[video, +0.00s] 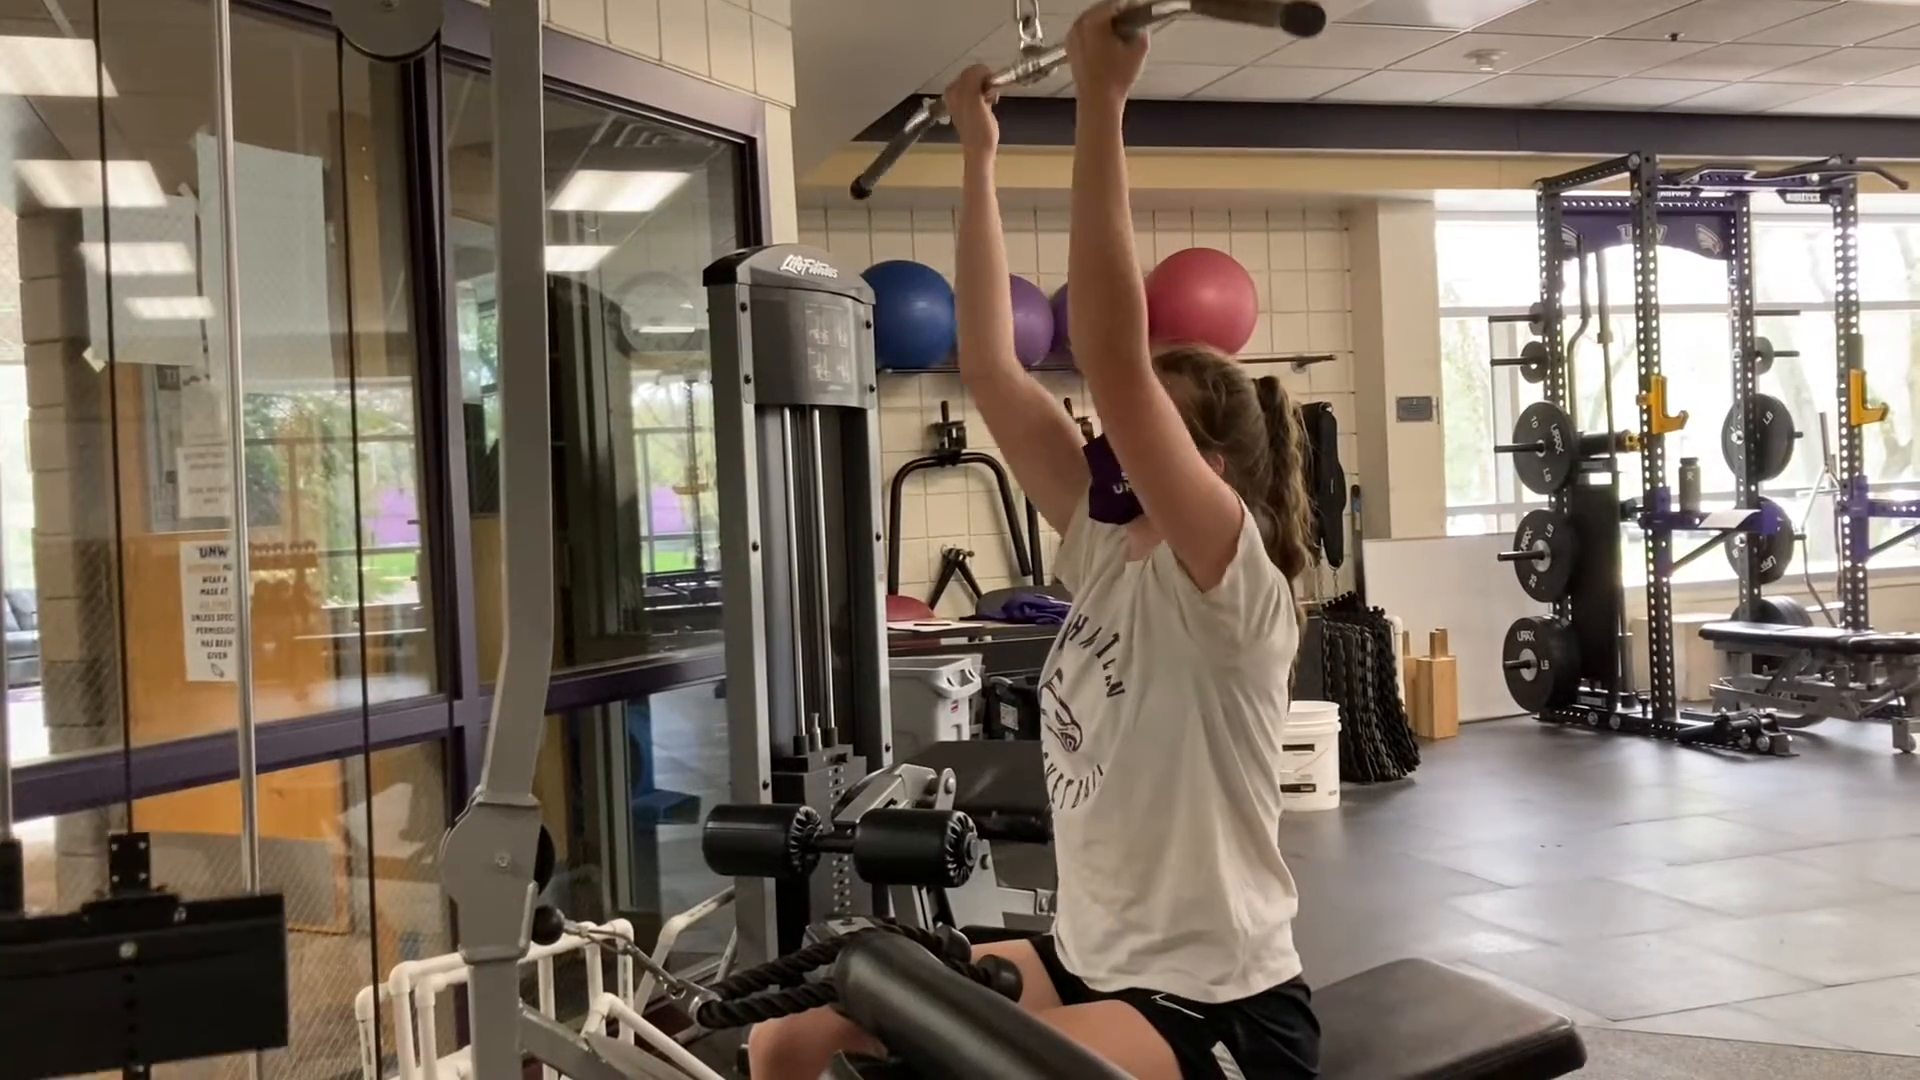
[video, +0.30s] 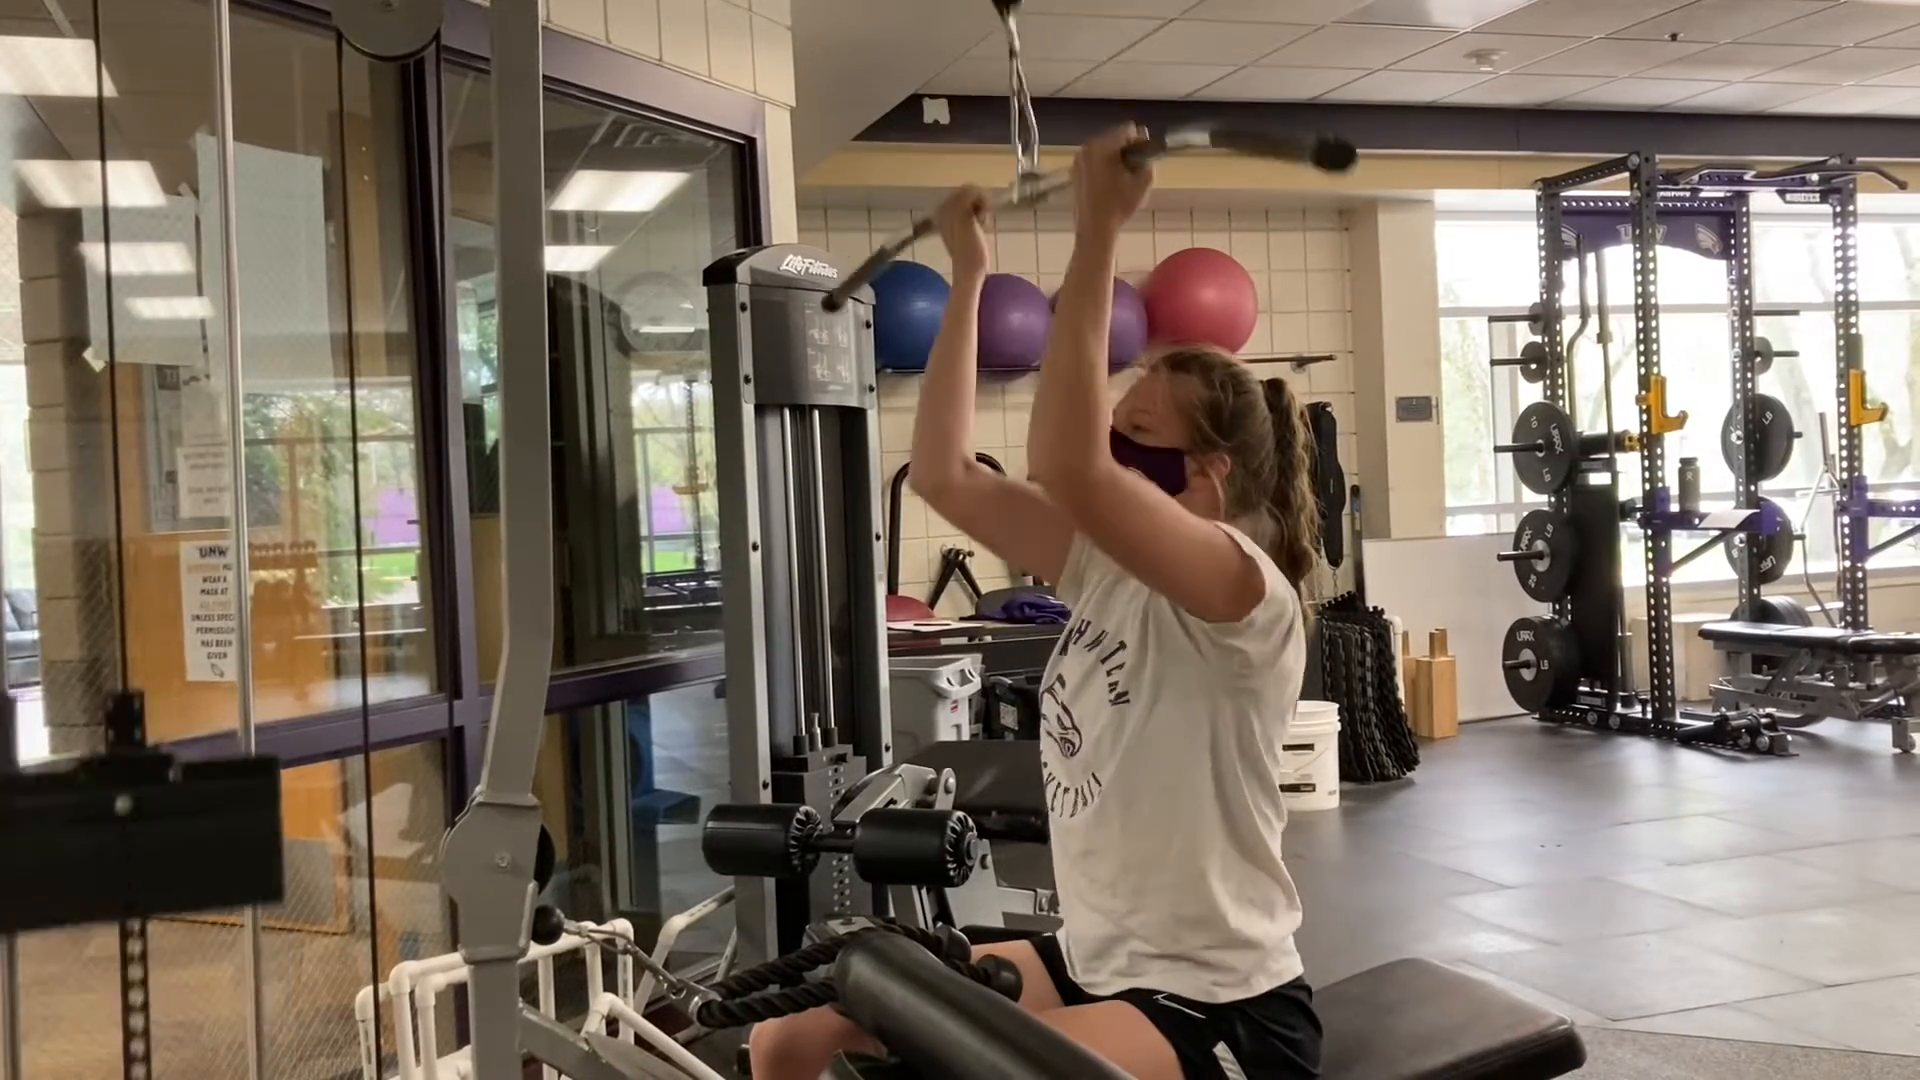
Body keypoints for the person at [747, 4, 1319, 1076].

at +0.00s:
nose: (1106, 437)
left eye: (1128, 411)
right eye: (1107, 419)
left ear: (1205, 450)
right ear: (1121, 440)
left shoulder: (1237, 583)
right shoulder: (1099, 542)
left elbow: (1116, 358)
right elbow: (990, 364)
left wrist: (1100, 100)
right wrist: (976, 152)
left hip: (1218, 1010)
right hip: (1088, 972)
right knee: (790, 1044)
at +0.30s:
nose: (1110, 460)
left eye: (1136, 448)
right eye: (1110, 440)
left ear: (1209, 476)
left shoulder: (1240, 587)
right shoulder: (1100, 565)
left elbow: (1068, 466)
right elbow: (943, 473)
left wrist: (1096, 231)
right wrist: (969, 278)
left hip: (1221, 1005)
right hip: (1093, 962)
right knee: (788, 1040)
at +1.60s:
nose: (1125, 463)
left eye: (1155, 448)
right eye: (1129, 441)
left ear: (1227, 480)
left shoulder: (1248, 620)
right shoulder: (1112, 612)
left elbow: (1145, 842)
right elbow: (999, 793)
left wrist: (1111, 604)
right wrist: (998, 608)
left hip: (1220, 1004)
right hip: (1084, 964)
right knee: (786, 1043)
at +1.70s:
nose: (1121, 460)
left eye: (1151, 447)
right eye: (1126, 440)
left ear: (1229, 481)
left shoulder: (1253, 614)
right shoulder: (1114, 606)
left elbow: (1118, 792)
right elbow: (972, 757)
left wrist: (1102, 553)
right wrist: (991, 568)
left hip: (1220, 1003)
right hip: (1083, 964)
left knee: (973, 1064)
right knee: (787, 1042)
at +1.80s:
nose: (1130, 452)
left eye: (1157, 435)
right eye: (1135, 429)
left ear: (1223, 485)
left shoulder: (1255, 612)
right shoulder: (1119, 601)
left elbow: (1088, 734)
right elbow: (953, 704)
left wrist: (1084, 497)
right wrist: (981, 509)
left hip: (1219, 1004)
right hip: (1084, 965)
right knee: (787, 1043)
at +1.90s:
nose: (1120, 466)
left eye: (1151, 449)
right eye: (1127, 447)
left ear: (1228, 481)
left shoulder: (1258, 610)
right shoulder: (1114, 593)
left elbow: (1080, 641)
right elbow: (940, 625)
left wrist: (1072, 400)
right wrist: (973, 436)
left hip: (1223, 1008)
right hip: (1085, 968)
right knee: (788, 1042)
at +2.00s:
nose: (1119, 462)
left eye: (1150, 449)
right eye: (1127, 443)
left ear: (1227, 481)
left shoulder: (1263, 609)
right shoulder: (1114, 580)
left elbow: (1080, 571)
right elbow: (941, 562)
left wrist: (1066, 333)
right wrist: (973, 366)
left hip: (1224, 1011)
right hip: (1090, 964)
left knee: (975, 1066)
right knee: (790, 1041)